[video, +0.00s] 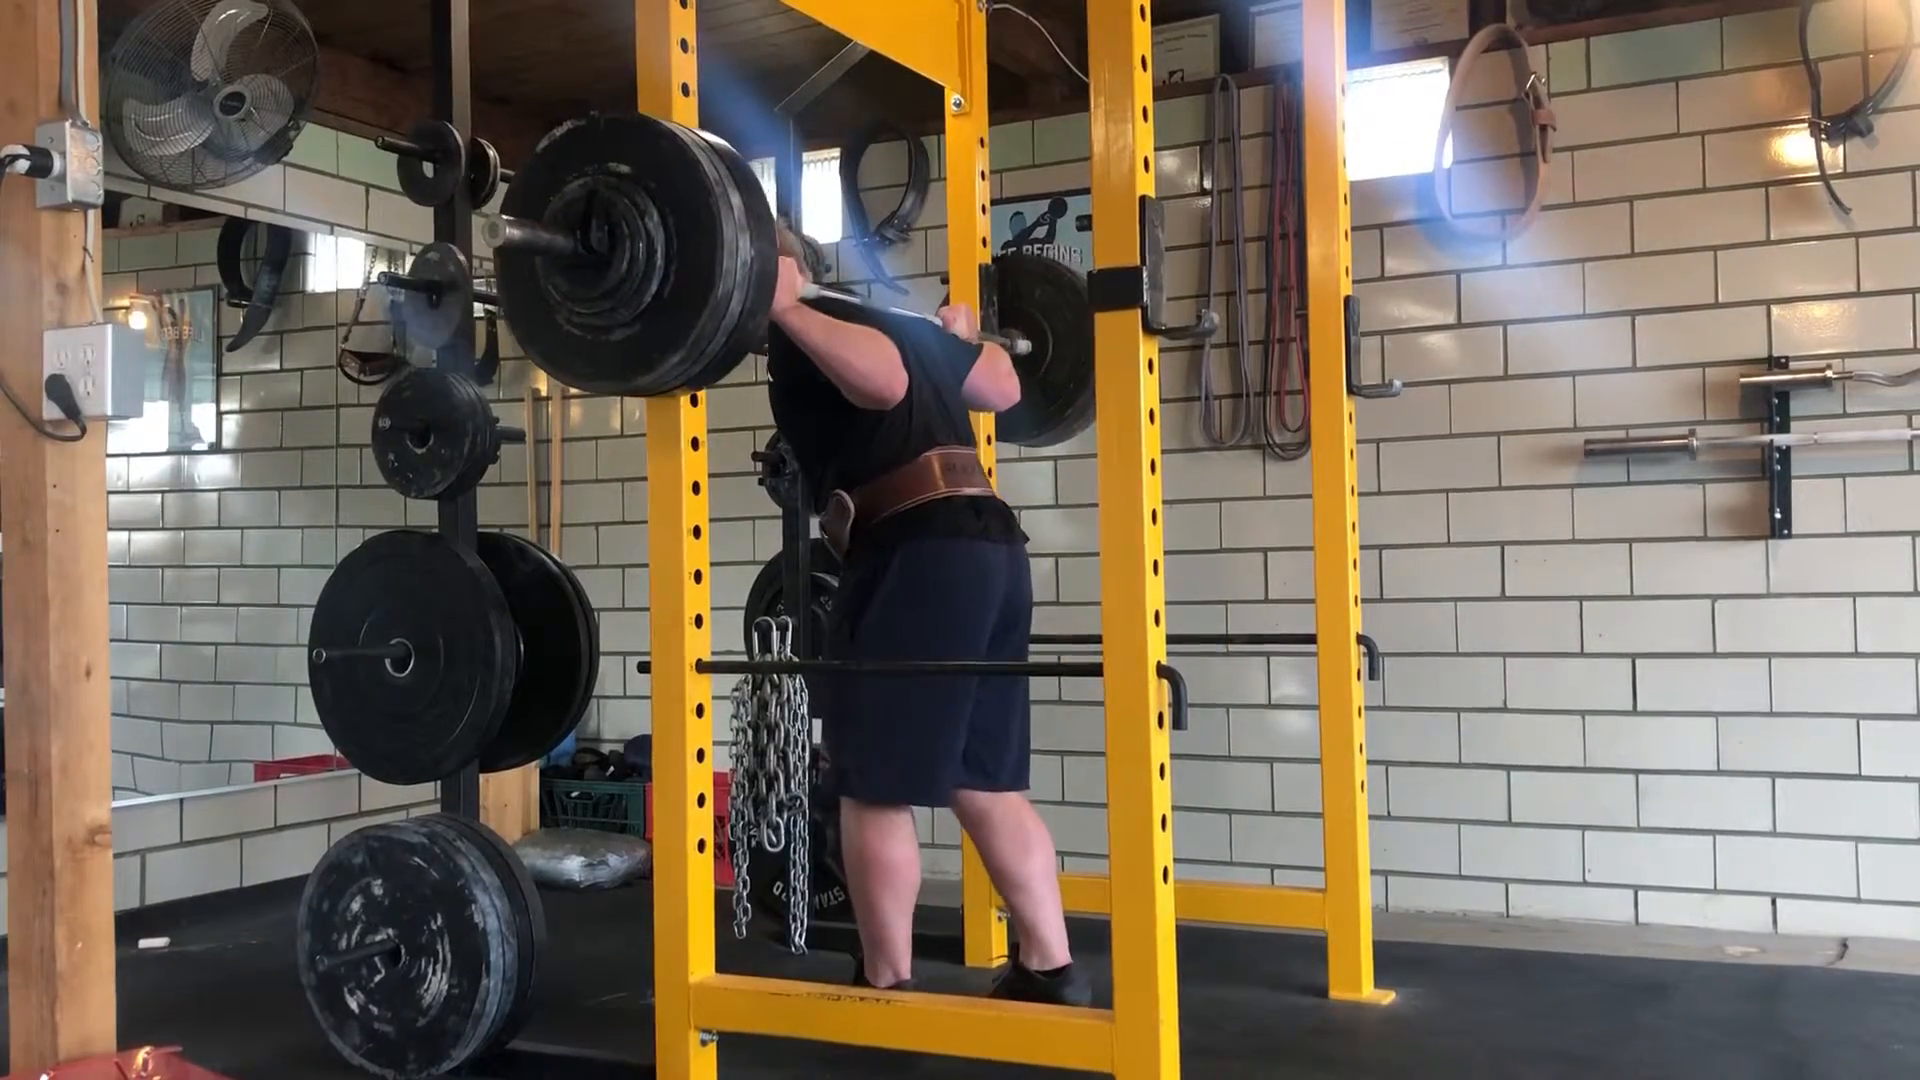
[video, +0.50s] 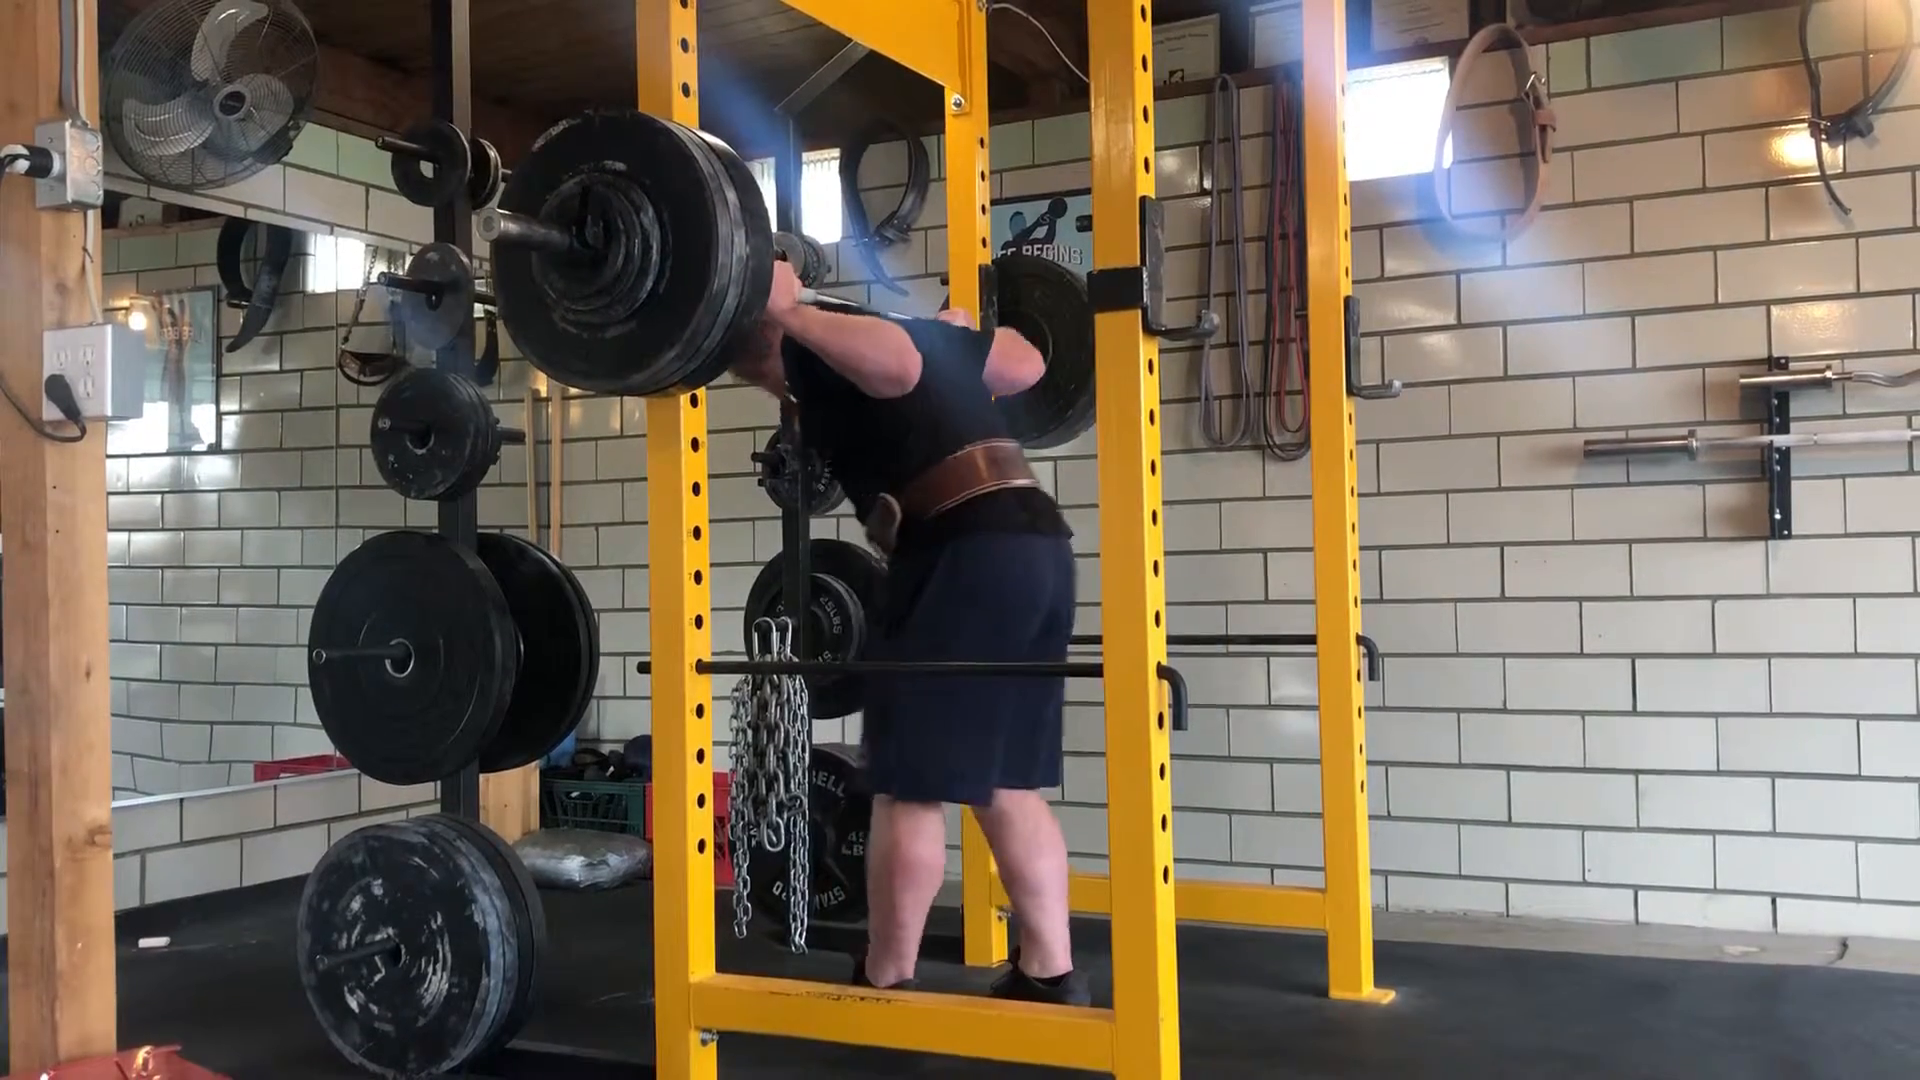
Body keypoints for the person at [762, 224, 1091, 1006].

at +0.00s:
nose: (750, 281)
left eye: (754, 262)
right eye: (750, 265)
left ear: (784, 260)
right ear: (803, 257)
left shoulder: (808, 326)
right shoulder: (888, 319)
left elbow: (886, 381)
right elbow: (1002, 385)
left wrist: (784, 306)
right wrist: (969, 339)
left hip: (924, 552)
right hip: (997, 550)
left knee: (876, 780)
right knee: (985, 777)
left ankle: (886, 985)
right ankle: (1049, 968)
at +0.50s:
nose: (746, 378)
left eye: (742, 364)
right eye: (740, 364)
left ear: (759, 336)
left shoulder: (815, 340)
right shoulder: (920, 332)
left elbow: (898, 363)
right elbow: (1024, 360)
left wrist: (790, 312)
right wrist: (965, 326)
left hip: (969, 551)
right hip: (1039, 545)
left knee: (909, 776)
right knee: (1008, 775)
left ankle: (885, 981)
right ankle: (1048, 973)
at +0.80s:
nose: (840, 459)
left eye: (824, 452)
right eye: (826, 457)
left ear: (817, 406)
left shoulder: (864, 367)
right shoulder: (969, 338)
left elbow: (907, 350)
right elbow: (1072, 348)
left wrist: (786, 309)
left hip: (1041, 544)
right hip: (1101, 534)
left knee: (968, 760)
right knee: (1042, 769)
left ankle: (992, 988)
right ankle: (1055, 978)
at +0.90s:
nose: (868, 462)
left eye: (849, 454)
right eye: (853, 460)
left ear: (837, 403)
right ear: (846, 389)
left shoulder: (900, 351)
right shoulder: (991, 336)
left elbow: (903, 345)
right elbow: (1089, 359)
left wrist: (787, 308)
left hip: (1067, 541)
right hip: (1109, 529)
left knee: (995, 752)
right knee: (1046, 757)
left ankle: (1077, 967)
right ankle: (1064, 953)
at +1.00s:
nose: (879, 451)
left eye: (864, 441)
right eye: (863, 446)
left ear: (859, 396)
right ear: (863, 399)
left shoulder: (936, 331)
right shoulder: (951, 371)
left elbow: (901, 364)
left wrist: (792, 306)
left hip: (1101, 539)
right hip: (1080, 543)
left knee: (1055, 763)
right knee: (1050, 762)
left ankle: (1179, 968)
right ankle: (1054, 973)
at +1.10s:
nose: (870, 422)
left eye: (862, 406)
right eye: (862, 413)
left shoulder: (976, 312)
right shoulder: (1034, 319)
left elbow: (894, 375)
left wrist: (795, 305)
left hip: (1125, 547)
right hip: (1132, 545)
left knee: (1107, 780)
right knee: (1079, 782)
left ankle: (1249, 979)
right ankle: (1053, 989)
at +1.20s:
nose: (911, 319)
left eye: (918, 305)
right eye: (905, 313)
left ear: (953, 282)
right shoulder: (1082, 299)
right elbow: (1198, 402)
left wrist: (794, 310)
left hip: (1154, 564)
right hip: (1182, 555)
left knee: (1145, 786)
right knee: (1093, 779)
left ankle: (1277, 1004)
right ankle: (1060, 978)